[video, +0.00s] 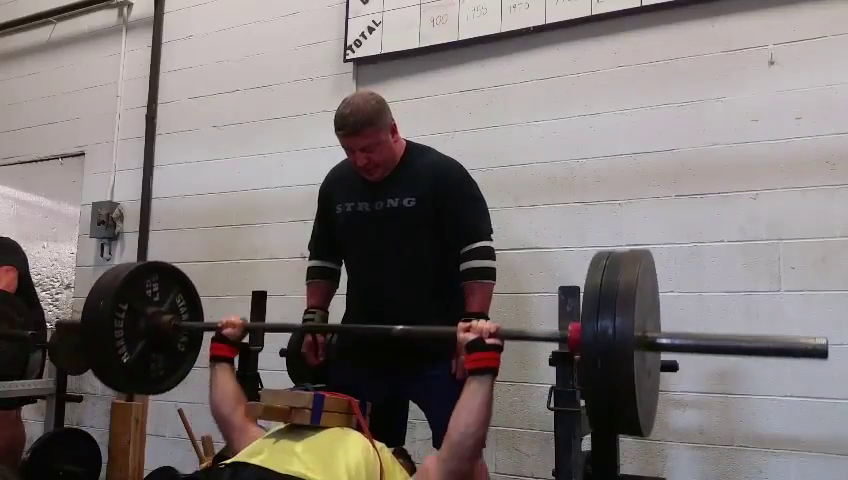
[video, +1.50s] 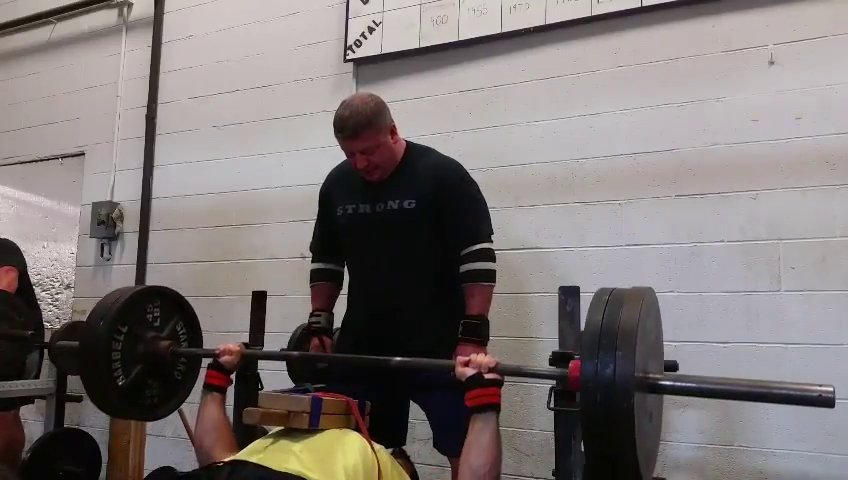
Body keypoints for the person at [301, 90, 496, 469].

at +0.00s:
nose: (360, 160)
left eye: (369, 149)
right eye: (351, 151)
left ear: (394, 132)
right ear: (341, 143)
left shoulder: (444, 176)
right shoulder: (338, 184)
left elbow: (478, 257)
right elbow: (324, 260)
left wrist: (472, 330)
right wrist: (314, 318)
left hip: (437, 344)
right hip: (365, 345)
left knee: (461, 456)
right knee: (368, 459)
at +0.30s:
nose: (361, 161)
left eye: (369, 150)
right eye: (352, 152)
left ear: (394, 131)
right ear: (342, 144)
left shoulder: (443, 177)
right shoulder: (339, 186)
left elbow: (478, 259)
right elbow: (325, 262)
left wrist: (472, 335)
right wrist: (317, 324)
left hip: (437, 343)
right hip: (364, 343)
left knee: (467, 453)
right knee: (366, 455)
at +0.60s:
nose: (361, 162)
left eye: (370, 151)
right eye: (352, 153)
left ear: (394, 133)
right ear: (342, 145)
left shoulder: (444, 178)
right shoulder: (339, 186)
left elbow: (478, 259)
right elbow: (327, 263)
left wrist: (473, 336)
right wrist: (317, 325)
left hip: (437, 340)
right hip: (367, 339)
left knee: (466, 450)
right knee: (368, 450)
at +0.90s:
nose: (361, 162)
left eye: (370, 151)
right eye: (352, 153)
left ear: (395, 133)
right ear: (343, 144)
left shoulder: (445, 178)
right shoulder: (339, 186)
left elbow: (479, 259)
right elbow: (327, 261)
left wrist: (474, 336)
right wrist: (317, 324)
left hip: (438, 339)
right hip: (367, 339)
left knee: (464, 450)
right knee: (371, 450)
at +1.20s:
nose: (362, 162)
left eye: (370, 151)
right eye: (352, 153)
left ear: (395, 133)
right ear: (343, 144)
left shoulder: (446, 178)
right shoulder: (339, 186)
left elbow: (479, 259)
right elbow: (326, 261)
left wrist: (474, 336)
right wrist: (317, 326)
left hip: (439, 340)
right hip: (366, 339)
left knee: (464, 450)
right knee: (368, 453)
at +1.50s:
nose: (360, 163)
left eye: (368, 152)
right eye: (351, 154)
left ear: (394, 134)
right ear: (341, 145)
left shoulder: (445, 178)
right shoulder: (338, 186)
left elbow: (478, 260)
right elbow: (327, 262)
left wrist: (473, 337)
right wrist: (319, 327)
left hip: (439, 341)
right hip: (366, 340)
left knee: (466, 451)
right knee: (367, 452)